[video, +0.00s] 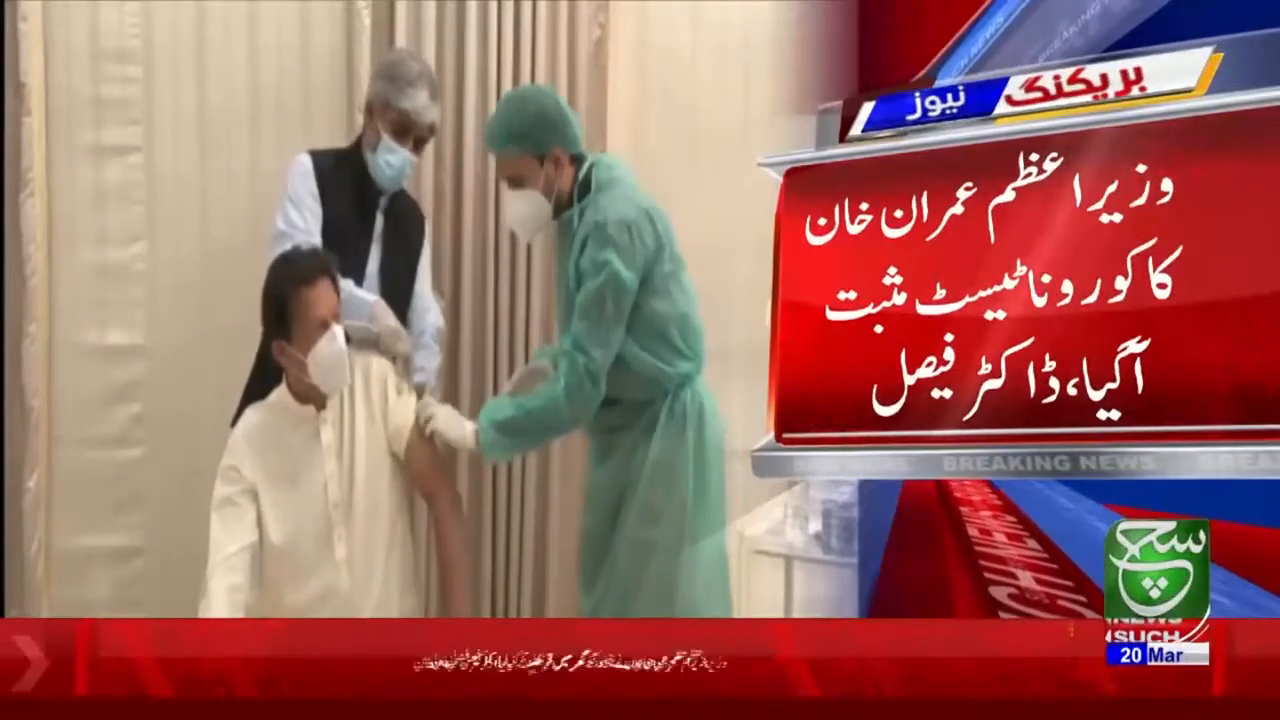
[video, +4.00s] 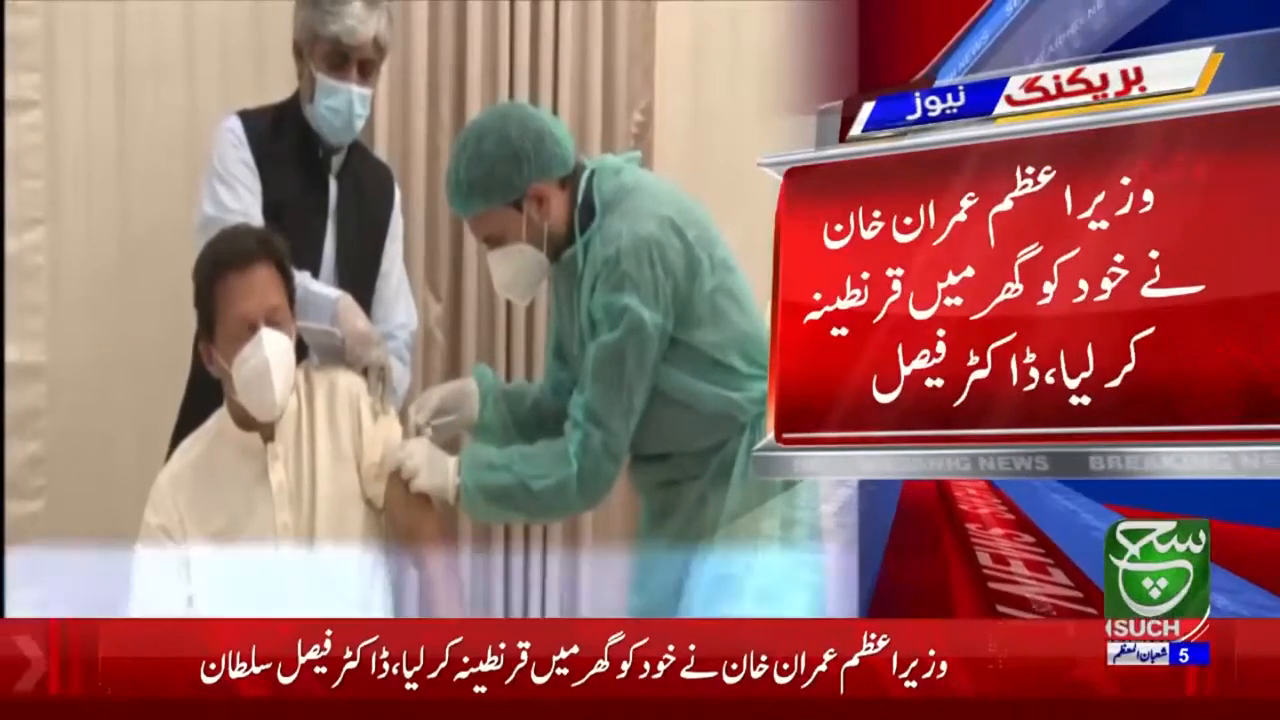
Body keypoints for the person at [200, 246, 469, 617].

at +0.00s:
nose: (338, 339)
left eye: (339, 322)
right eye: (321, 329)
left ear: (347, 319)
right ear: (282, 350)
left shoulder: (375, 380)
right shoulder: (253, 435)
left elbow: (442, 495)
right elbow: (229, 570)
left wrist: (458, 615)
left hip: (388, 617)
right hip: (294, 631)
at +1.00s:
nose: (262, 327)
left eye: (271, 308)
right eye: (240, 316)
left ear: (292, 316)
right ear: (208, 346)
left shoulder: (341, 393)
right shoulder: (183, 471)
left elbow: (430, 524)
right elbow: (154, 619)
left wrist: (451, 646)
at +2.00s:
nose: (263, 330)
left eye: (272, 310)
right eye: (242, 320)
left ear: (292, 313)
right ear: (210, 349)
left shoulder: (343, 390)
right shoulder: (178, 481)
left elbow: (430, 532)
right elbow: (158, 638)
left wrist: (454, 645)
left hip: (363, 671)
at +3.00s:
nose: (266, 337)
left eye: (275, 316)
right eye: (245, 325)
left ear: (295, 319)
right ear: (212, 351)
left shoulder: (345, 397)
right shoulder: (180, 485)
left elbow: (430, 539)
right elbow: (159, 641)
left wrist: (453, 650)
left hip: (364, 675)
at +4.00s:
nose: (268, 344)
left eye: (276, 323)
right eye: (247, 331)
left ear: (295, 326)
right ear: (212, 357)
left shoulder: (345, 400)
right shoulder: (180, 487)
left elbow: (421, 530)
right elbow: (157, 624)